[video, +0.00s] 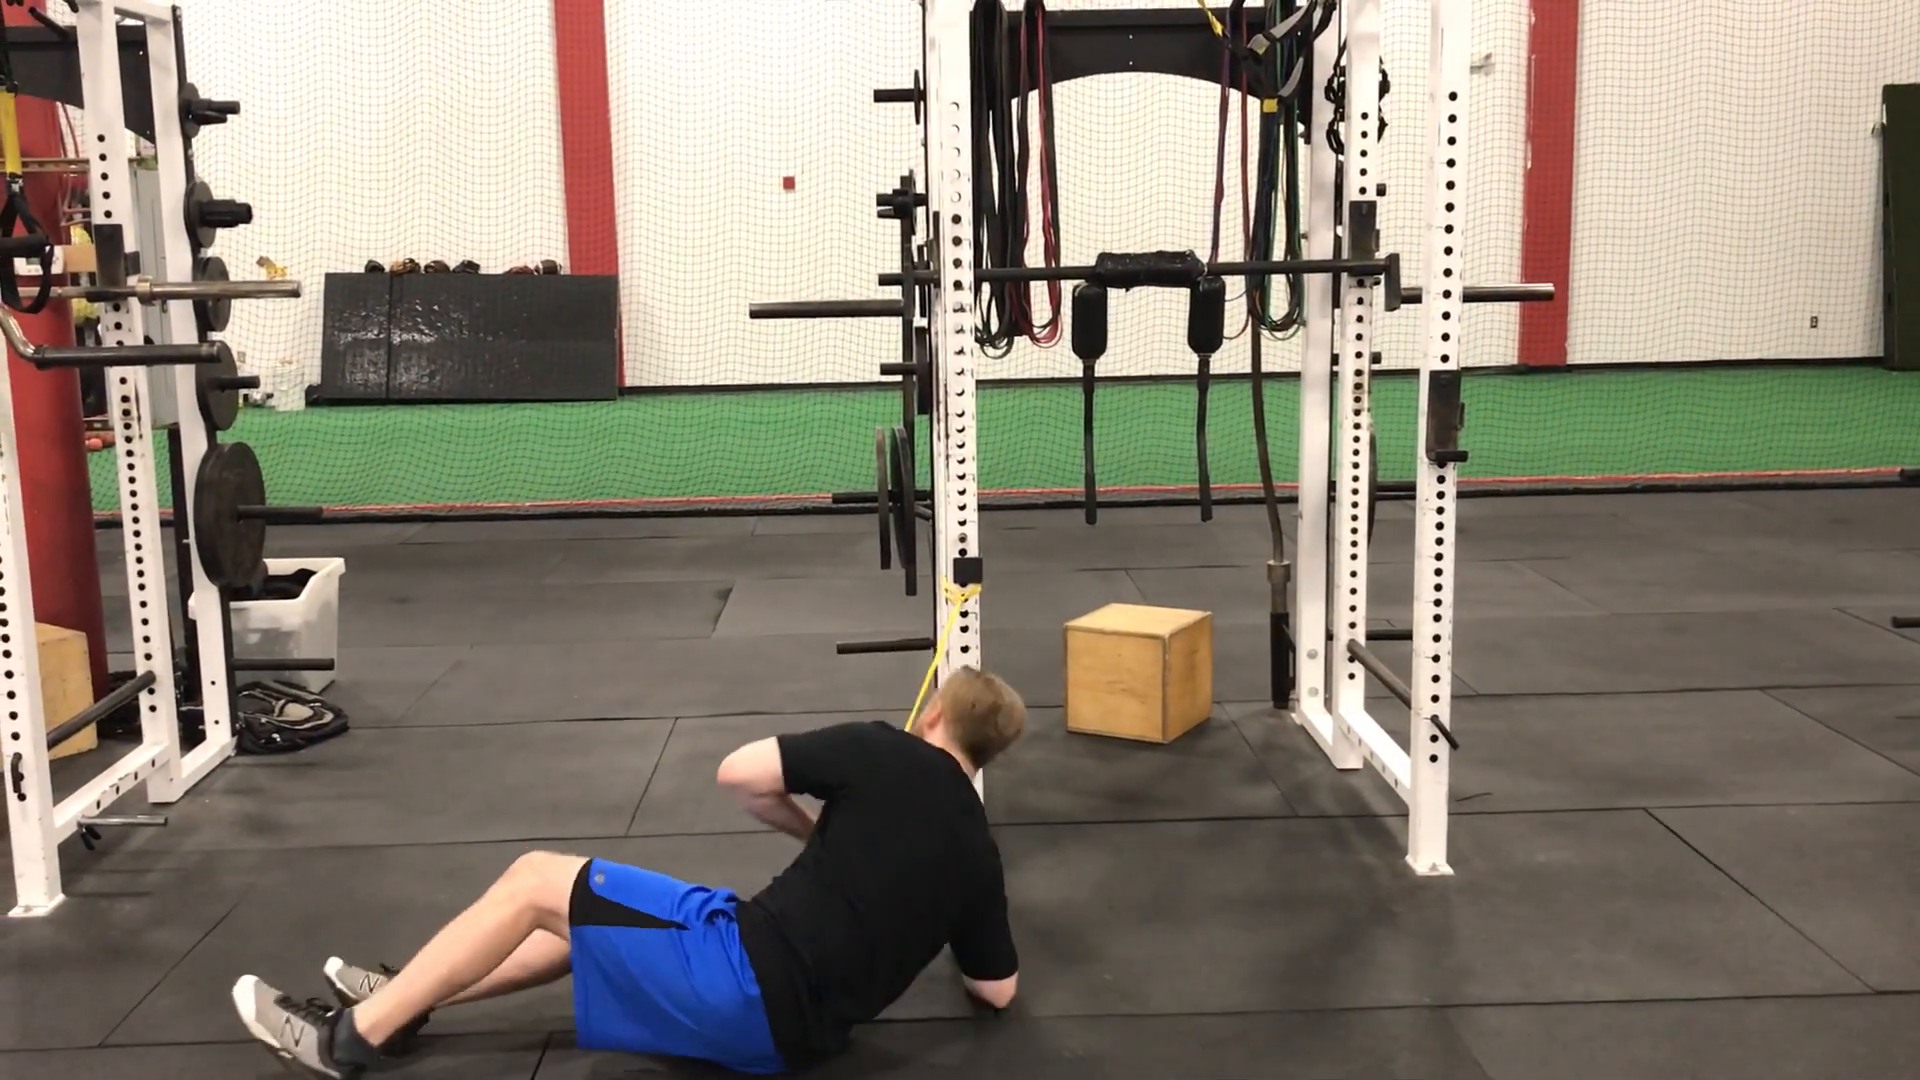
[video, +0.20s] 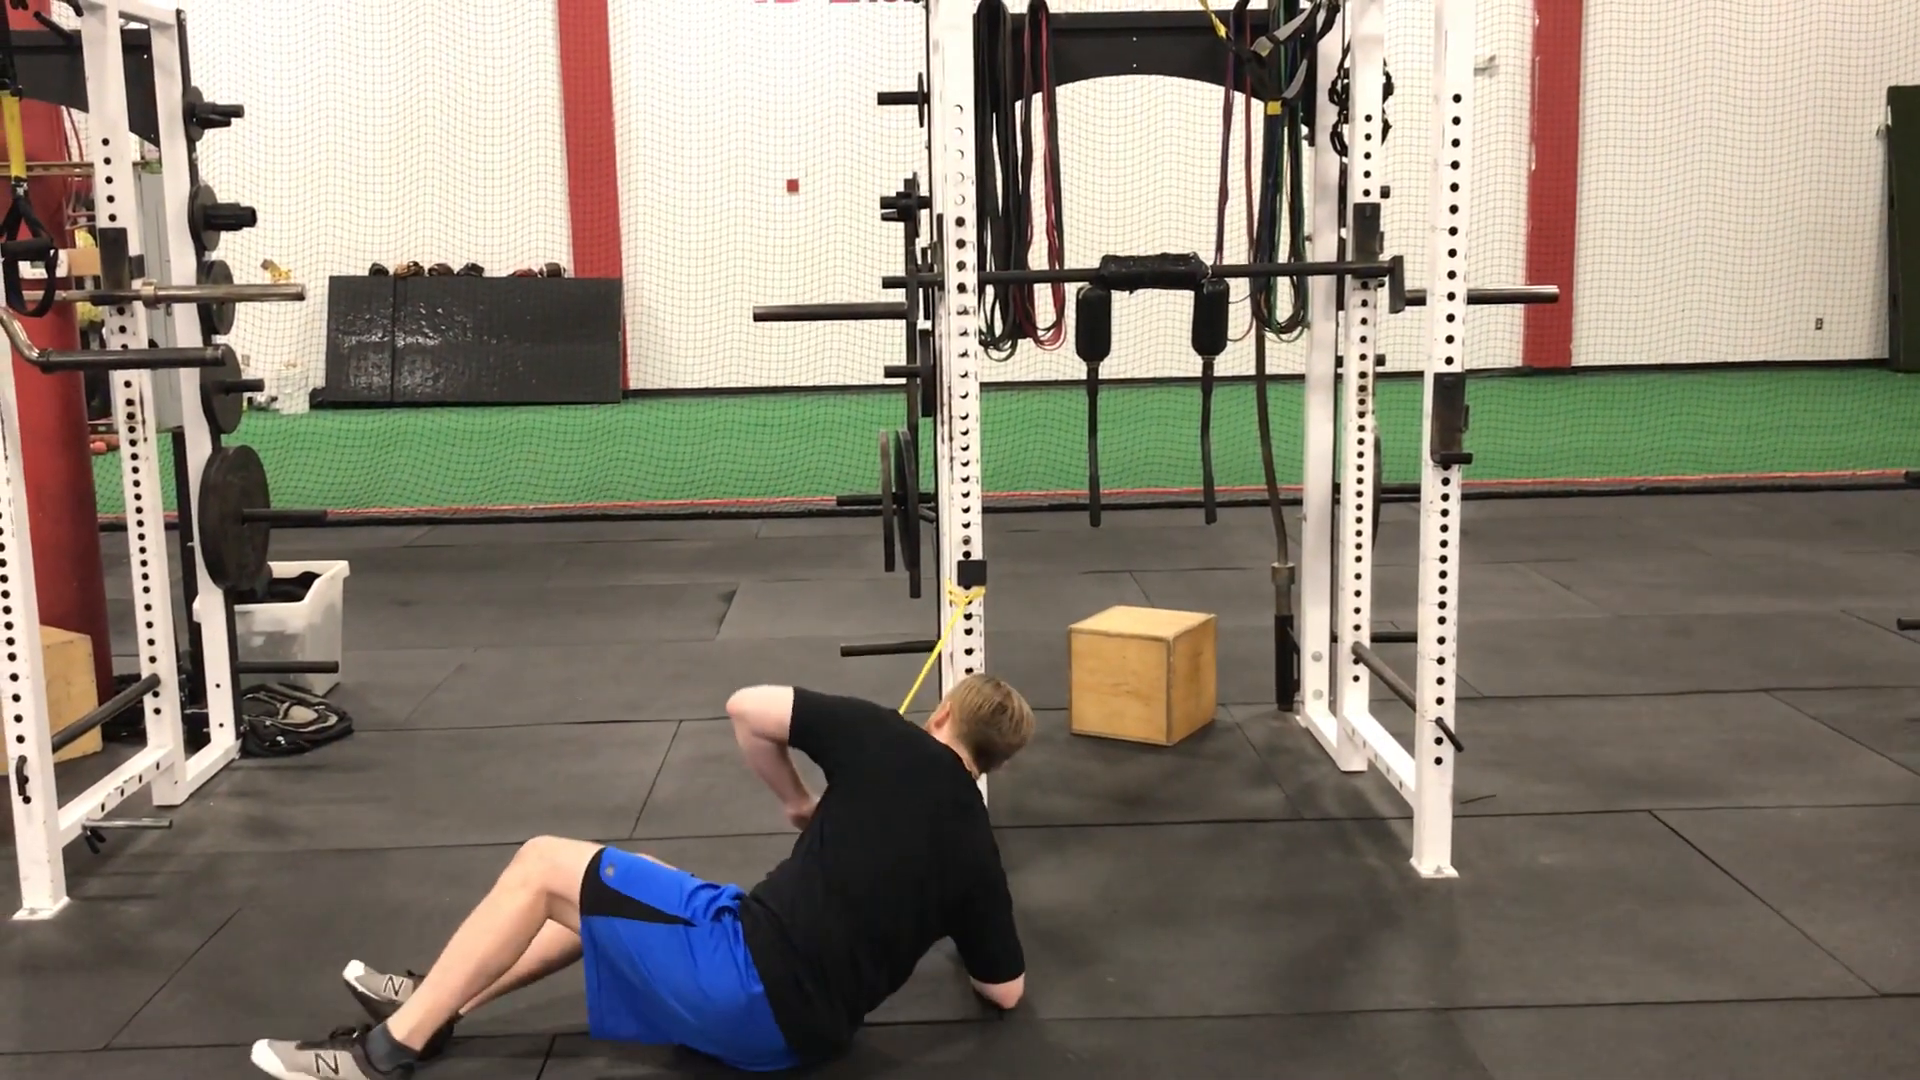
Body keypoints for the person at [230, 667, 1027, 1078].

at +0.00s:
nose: (914, 713)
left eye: (922, 706)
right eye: (928, 708)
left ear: (932, 718)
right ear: (992, 759)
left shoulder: (885, 755)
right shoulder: (982, 852)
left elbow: (743, 773)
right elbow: (997, 992)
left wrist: (818, 831)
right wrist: (950, 921)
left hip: (743, 957)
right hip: (782, 1022)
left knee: (538, 877)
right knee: (576, 930)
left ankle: (343, 1041)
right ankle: (398, 998)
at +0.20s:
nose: (922, 709)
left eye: (931, 704)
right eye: (938, 706)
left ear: (940, 717)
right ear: (995, 763)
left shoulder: (886, 739)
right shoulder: (978, 850)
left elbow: (753, 711)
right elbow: (1006, 994)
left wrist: (794, 799)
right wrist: (958, 928)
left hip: (745, 959)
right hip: (786, 1023)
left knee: (545, 862)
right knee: (578, 921)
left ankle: (383, 1053)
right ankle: (425, 999)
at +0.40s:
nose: (924, 717)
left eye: (932, 712)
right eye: (939, 715)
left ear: (938, 727)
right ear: (994, 784)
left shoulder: (875, 745)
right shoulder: (968, 883)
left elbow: (754, 691)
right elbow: (1011, 999)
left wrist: (789, 782)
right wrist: (963, 939)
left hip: (697, 966)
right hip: (747, 1026)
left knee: (497, 851)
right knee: (605, 845)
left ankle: (378, 1056)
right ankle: (426, 1001)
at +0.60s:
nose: (892, 741)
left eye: (901, 736)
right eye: (906, 735)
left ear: (909, 752)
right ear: (967, 797)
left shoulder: (854, 783)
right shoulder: (952, 900)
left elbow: (725, 742)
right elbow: (1009, 1001)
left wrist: (760, 809)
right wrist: (944, 936)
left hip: (671, 988)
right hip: (723, 1022)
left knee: (473, 858)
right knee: (572, 837)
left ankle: (363, 1058)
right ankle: (417, 1003)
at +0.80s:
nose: (877, 747)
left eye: (886, 738)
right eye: (889, 738)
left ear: (895, 754)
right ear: (959, 788)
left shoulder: (853, 820)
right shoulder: (947, 889)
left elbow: (714, 832)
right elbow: (966, 982)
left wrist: (755, 807)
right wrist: (892, 950)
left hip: (682, 1013)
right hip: (731, 1004)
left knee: (487, 863)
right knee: (582, 841)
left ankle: (366, 1064)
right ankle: (410, 1004)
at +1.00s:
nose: (918, 788)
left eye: (927, 780)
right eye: (928, 779)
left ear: (939, 800)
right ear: (985, 824)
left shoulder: (913, 883)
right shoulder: (948, 887)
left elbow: (779, 898)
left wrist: (811, 859)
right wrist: (820, 873)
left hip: (712, 1025)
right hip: (737, 986)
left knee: (521, 860)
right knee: (583, 840)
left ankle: (385, 1051)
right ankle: (419, 1001)